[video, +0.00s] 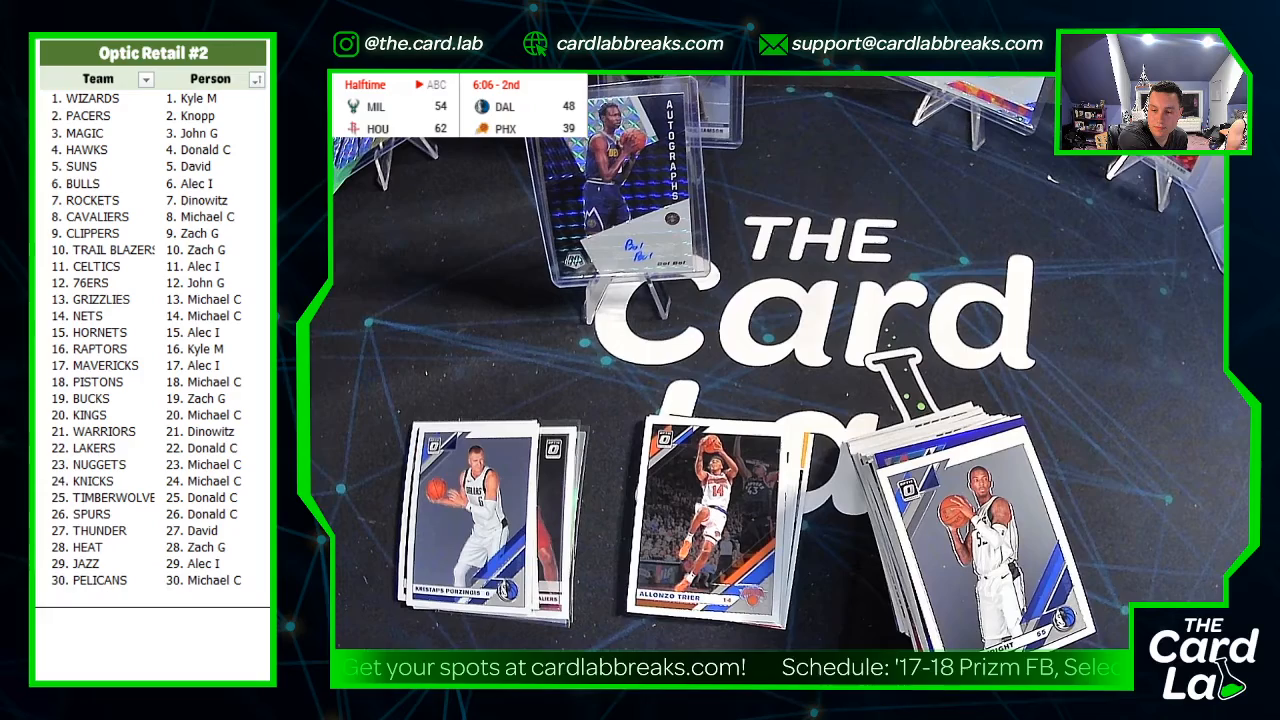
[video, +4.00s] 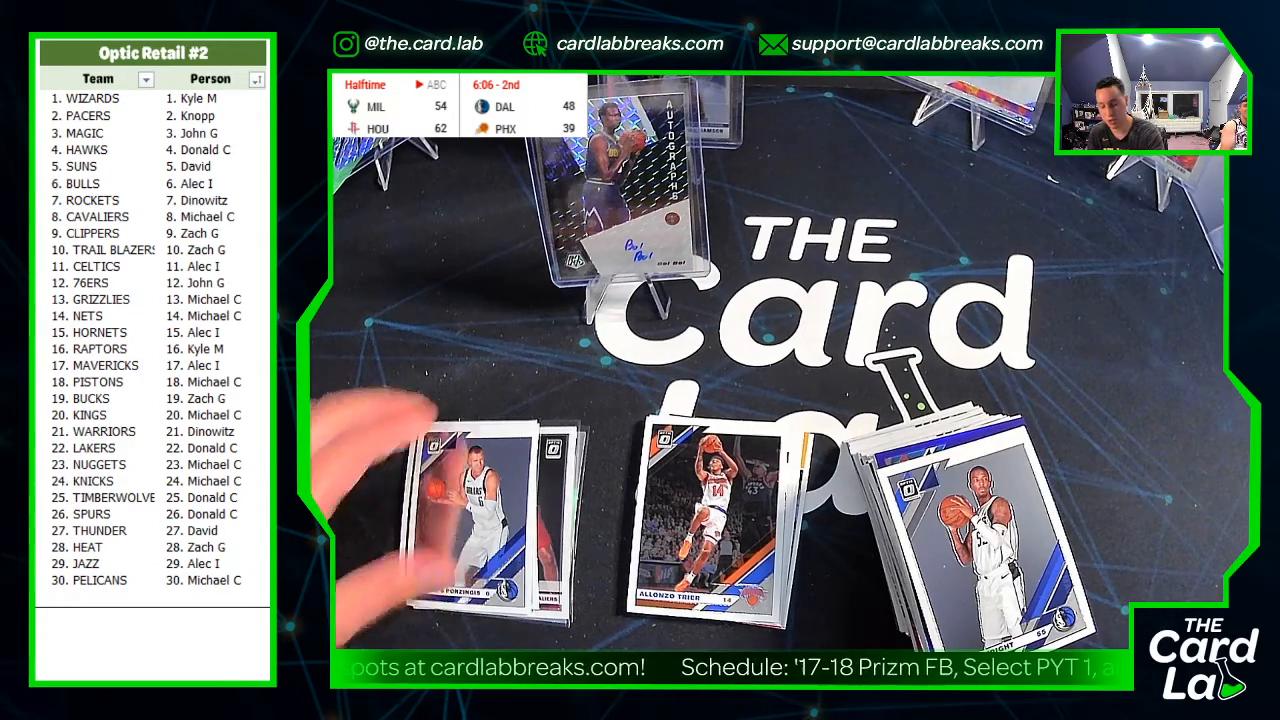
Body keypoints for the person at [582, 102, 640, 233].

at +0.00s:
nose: (618, 118)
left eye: (618, 114)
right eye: (613, 115)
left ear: (621, 116)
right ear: (603, 118)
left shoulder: (617, 142)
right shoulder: (598, 140)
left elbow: (621, 178)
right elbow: (606, 176)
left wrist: (633, 156)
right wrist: (624, 153)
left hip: (613, 189)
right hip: (597, 191)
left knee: (625, 232)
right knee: (596, 238)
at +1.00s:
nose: (618, 118)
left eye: (619, 115)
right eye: (613, 115)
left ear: (621, 116)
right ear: (603, 118)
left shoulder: (617, 142)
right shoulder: (598, 140)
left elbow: (621, 177)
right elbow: (606, 176)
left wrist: (632, 156)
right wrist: (624, 153)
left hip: (614, 189)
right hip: (597, 191)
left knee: (625, 232)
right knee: (597, 238)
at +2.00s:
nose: (618, 118)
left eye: (619, 114)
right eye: (614, 115)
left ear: (620, 116)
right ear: (604, 118)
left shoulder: (617, 141)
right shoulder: (598, 140)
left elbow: (620, 177)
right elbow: (606, 176)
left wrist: (633, 156)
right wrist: (624, 153)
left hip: (613, 189)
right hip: (596, 191)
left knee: (625, 230)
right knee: (596, 236)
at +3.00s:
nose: (618, 118)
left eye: (618, 115)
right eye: (613, 115)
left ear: (620, 117)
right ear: (604, 118)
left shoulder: (617, 141)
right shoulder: (598, 140)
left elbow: (620, 176)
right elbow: (607, 175)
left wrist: (634, 154)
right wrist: (624, 152)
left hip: (612, 189)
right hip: (596, 191)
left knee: (625, 230)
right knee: (599, 236)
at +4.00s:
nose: (617, 118)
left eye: (618, 114)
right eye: (613, 115)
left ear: (620, 117)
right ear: (603, 118)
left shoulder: (616, 141)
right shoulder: (598, 140)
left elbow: (619, 177)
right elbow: (606, 176)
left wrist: (633, 156)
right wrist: (624, 153)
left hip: (612, 190)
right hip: (596, 192)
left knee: (624, 230)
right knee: (600, 237)